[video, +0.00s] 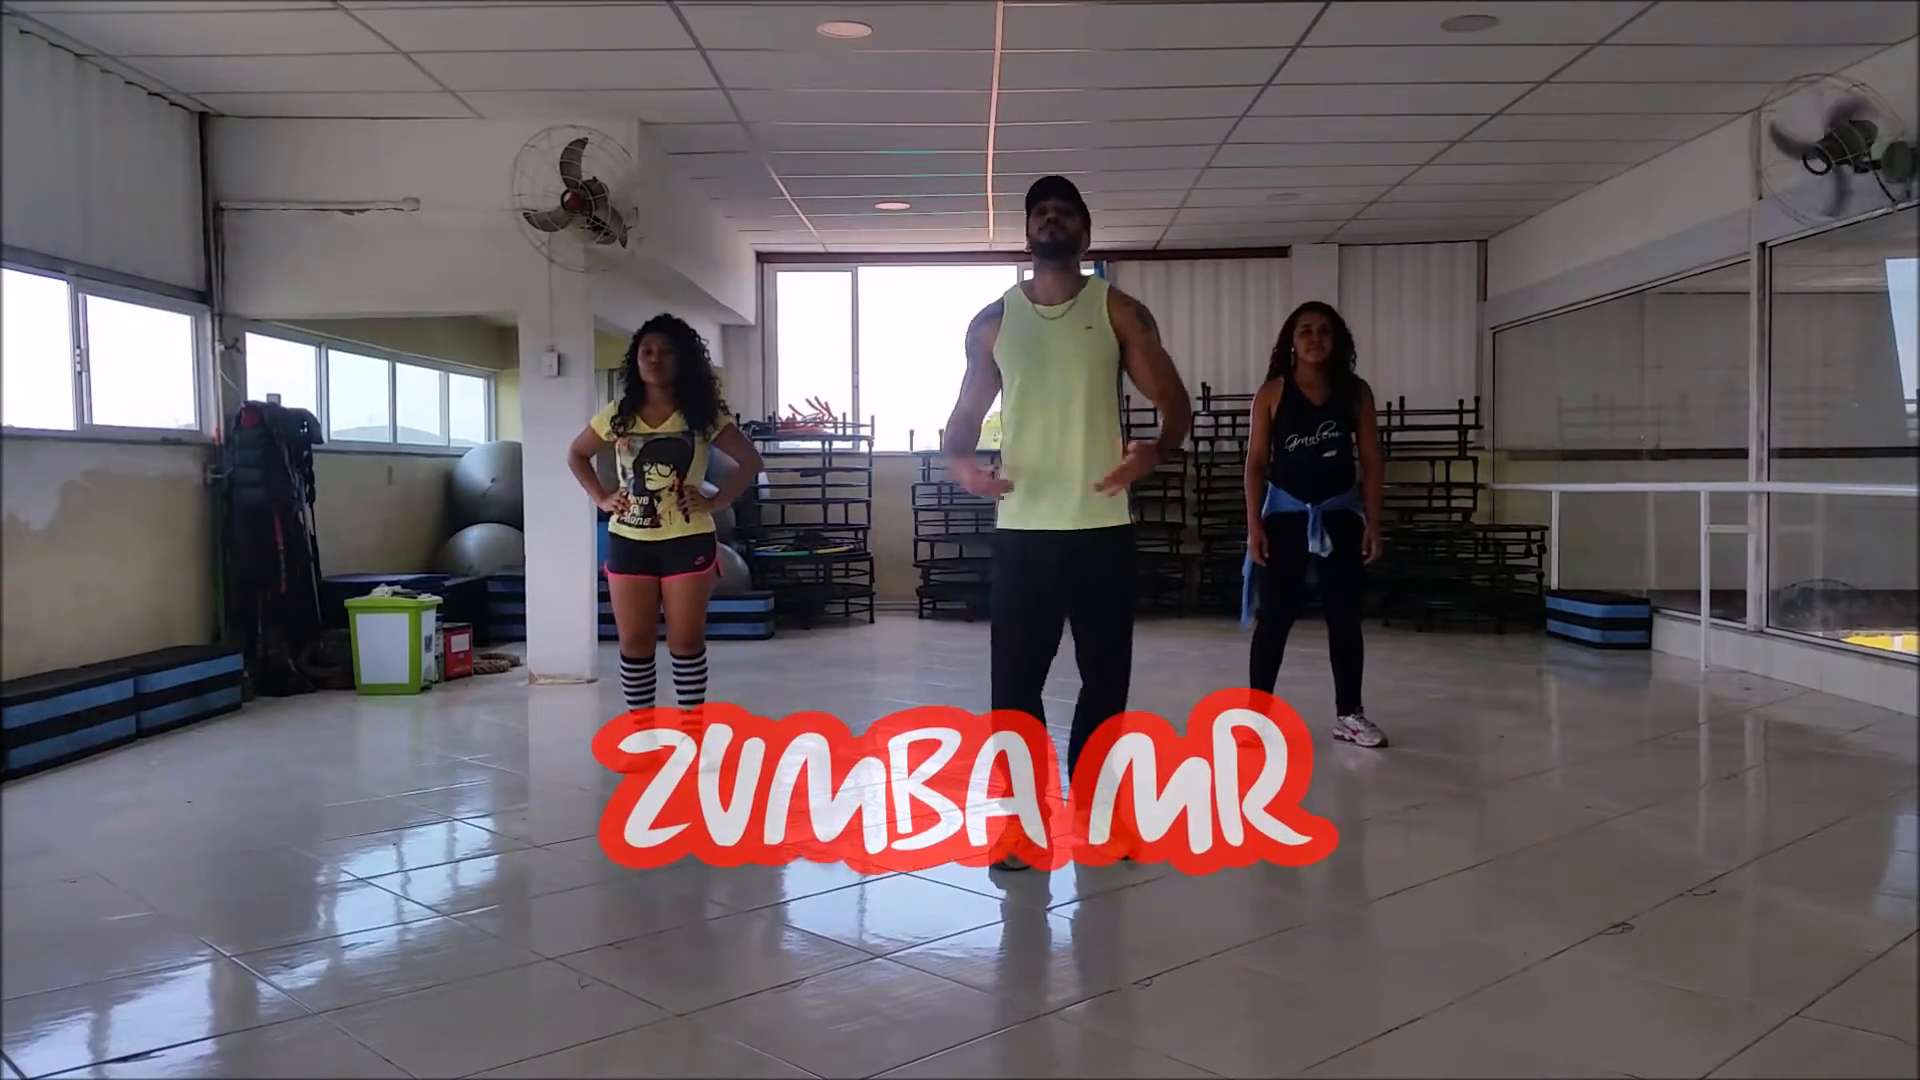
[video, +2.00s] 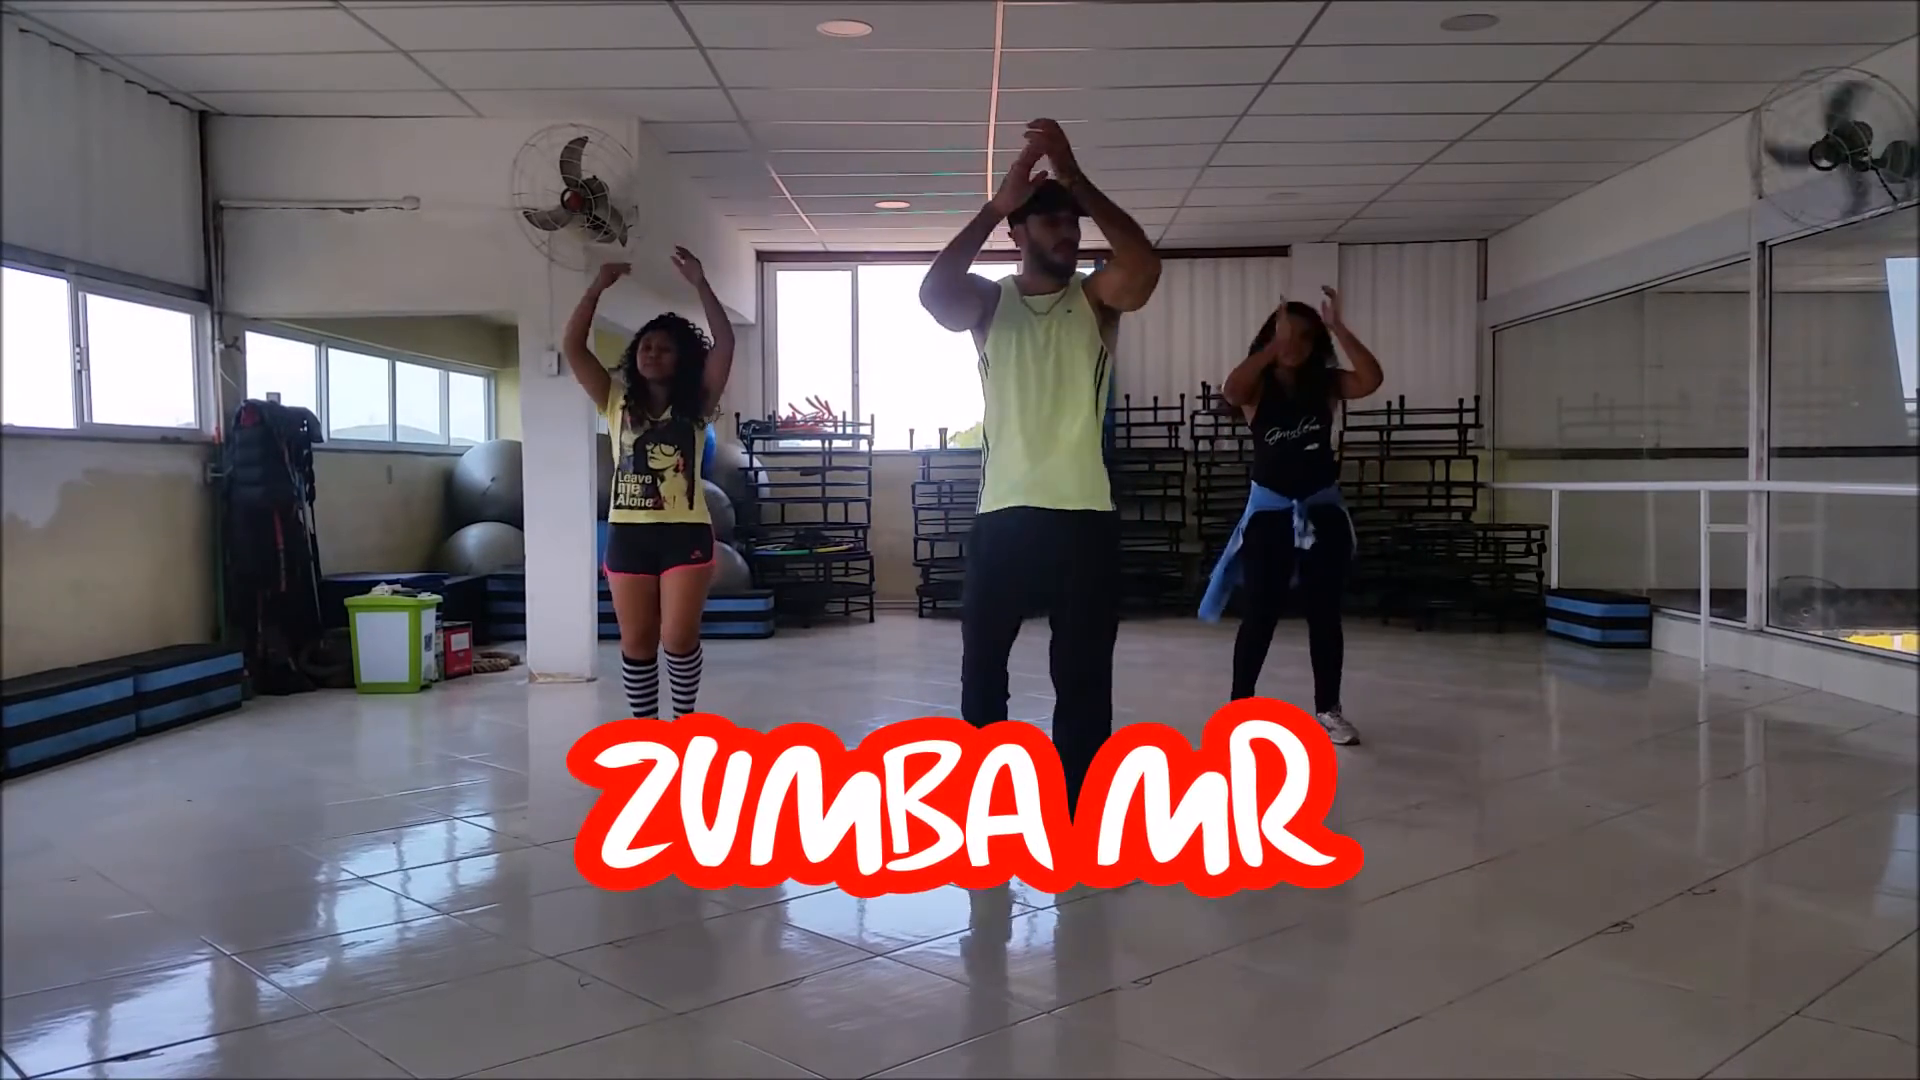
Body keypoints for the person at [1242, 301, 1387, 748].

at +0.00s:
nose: (1315, 339)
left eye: (1324, 332)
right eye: (1305, 332)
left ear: (1336, 341)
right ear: (1291, 341)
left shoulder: (1355, 392)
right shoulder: (1271, 393)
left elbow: (1372, 460)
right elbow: (1255, 463)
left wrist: (1373, 520)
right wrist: (1253, 523)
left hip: (1341, 516)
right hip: (1284, 517)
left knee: (1346, 617)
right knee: (1274, 616)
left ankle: (1349, 716)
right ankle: (1257, 715)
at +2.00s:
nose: (1292, 345)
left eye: (1301, 338)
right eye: (1285, 336)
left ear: (1313, 343)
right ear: (1271, 341)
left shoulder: (1327, 382)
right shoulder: (1254, 385)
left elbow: (1370, 379)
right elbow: (1232, 387)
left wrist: (1337, 327)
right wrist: (1268, 348)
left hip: (1323, 515)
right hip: (1269, 516)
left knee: (1325, 614)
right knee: (1260, 615)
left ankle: (1328, 711)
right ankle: (1239, 710)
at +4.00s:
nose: (1304, 339)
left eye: (1313, 332)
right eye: (1295, 333)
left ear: (1326, 341)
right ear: (1280, 342)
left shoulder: (1337, 388)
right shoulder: (1264, 386)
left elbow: (1373, 357)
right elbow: (1233, 363)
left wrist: (1349, 306)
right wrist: (1263, 314)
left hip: (1326, 516)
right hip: (1270, 515)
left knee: (1327, 614)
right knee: (1254, 605)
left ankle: (1332, 712)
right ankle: (1243, 698)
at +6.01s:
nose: (1306, 350)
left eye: (1315, 343)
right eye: (1297, 342)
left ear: (1327, 352)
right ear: (1282, 351)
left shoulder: (1347, 403)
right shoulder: (1263, 403)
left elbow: (1366, 469)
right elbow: (1241, 470)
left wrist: (1388, 531)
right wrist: (1228, 534)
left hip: (1342, 523)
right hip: (1283, 524)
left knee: (1364, 620)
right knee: (1257, 621)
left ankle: (1381, 717)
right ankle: (1224, 715)